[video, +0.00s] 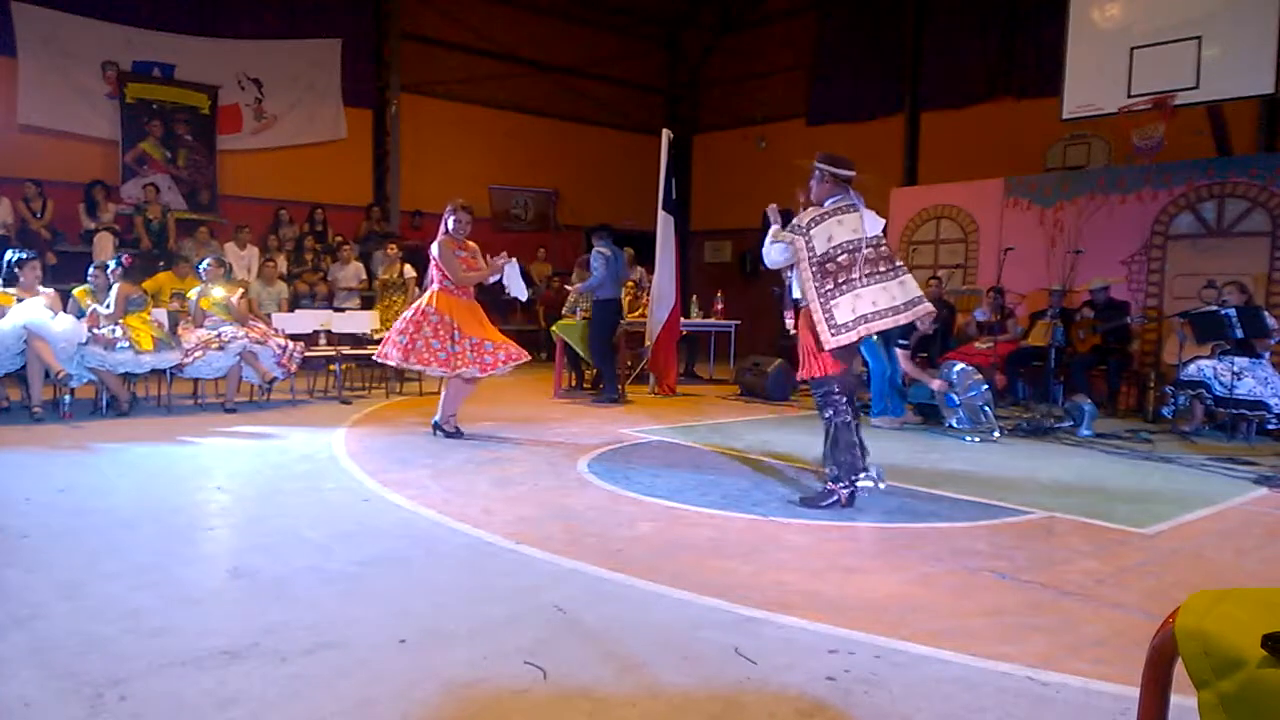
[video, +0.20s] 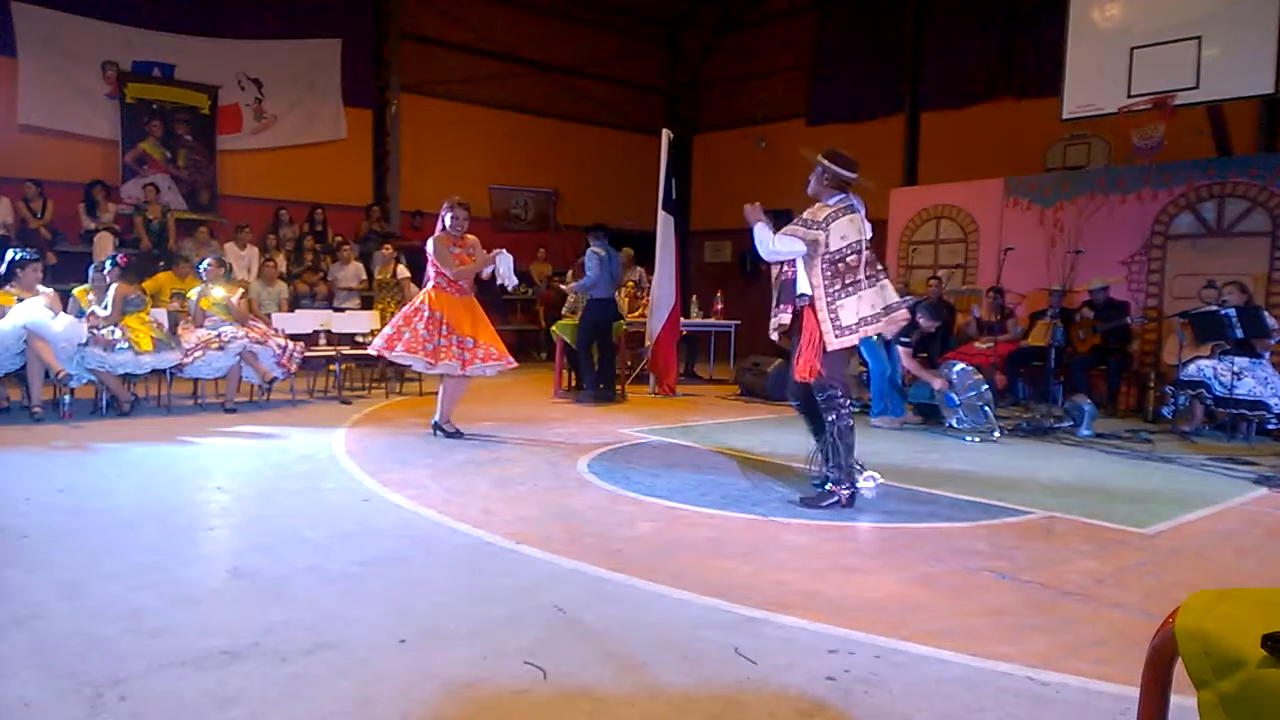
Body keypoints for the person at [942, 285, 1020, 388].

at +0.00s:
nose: (991, 301)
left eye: (995, 299)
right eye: (989, 298)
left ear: (1001, 300)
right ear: (985, 298)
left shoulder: (1007, 313)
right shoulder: (979, 313)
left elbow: (1012, 335)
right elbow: (974, 335)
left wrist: (991, 339)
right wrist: (969, 325)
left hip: (1002, 343)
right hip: (983, 343)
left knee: (983, 361)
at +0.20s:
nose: (991, 301)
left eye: (995, 299)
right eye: (989, 298)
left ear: (1001, 300)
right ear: (985, 298)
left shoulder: (1007, 313)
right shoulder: (979, 312)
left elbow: (1013, 335)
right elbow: (974, 334)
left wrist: (992, 339)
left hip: (1002, 344)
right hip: (983, 343)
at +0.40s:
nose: (991, 301)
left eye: (995, 299)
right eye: (989, 298)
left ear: (1001, 300)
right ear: (985, 298)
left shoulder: (1007, 313)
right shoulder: (979, 311)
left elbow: (1012, 335)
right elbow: (974, 334)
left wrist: (991, 339)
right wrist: (969, 324)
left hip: (1002, 343)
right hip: (983, 343)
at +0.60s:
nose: (991, 301)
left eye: (995, 299)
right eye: (989, 298)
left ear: (1002, 300)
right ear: (985, 298)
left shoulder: (1007, 313)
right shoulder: (981, 312)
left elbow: (1013, 335)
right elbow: (974, 334)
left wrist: (992, 339)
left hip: (1003, 343)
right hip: (984, 343)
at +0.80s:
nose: (992, 301)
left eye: (996, 298)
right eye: (989, 297)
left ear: (1002, 299)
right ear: (986, 298)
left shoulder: (1008, 313)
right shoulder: (981, 314)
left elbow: (1012, 335)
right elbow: (974, 335)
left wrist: (990, 339)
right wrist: (972, 322)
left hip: (1003, 343)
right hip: (983, 343)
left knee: (982, 361)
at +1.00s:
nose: (992, 301)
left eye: (996, 298)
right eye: (990, 297)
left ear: (1002, 299)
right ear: (986, 298)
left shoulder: (1008, 312)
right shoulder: (981, 312)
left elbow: (1012, 335)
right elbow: (974, 334)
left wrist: (991, 339)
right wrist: (967, 325)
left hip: (1003, 343)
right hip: (983, 343)